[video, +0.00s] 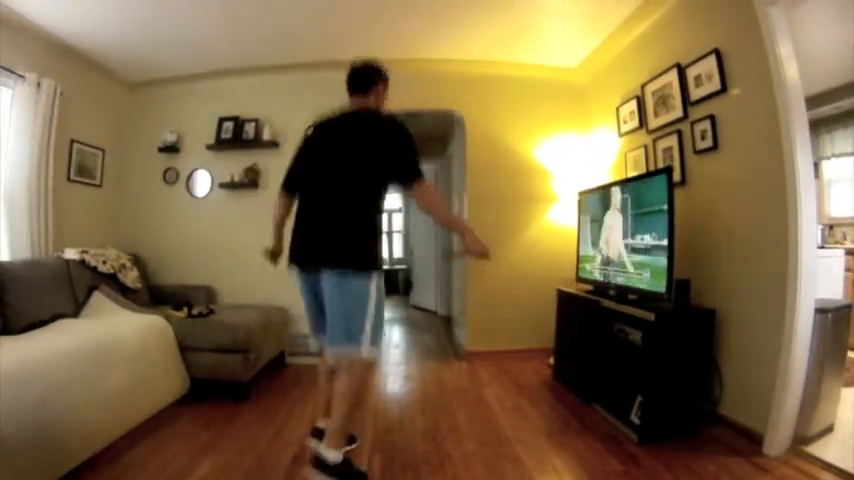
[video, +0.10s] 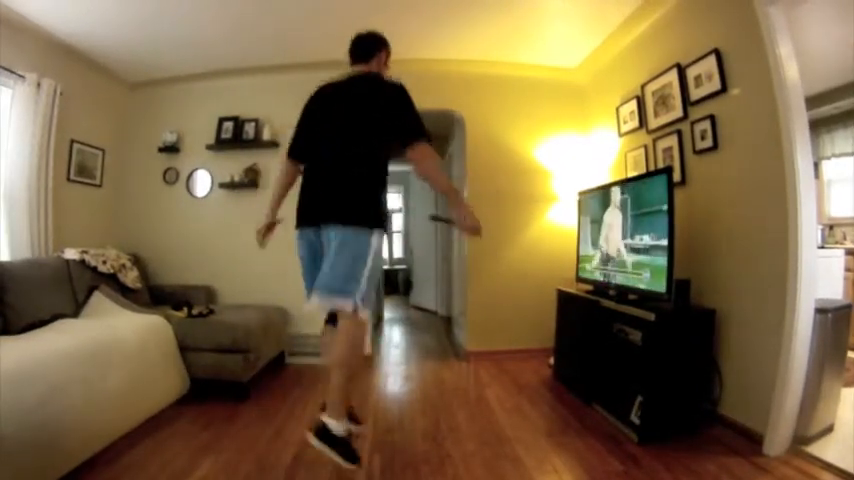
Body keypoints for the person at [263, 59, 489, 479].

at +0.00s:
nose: (387, 97)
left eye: (383, 90)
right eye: (387, 90)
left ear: (349, 91)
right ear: (381, 90)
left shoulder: (320, 130)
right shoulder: (389, 131)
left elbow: (287, 190)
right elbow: (419, 191)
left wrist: (276, 237)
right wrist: (463, 230)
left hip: (308, 250)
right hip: (352, 253)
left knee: (331, 351)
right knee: (355, 358)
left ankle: (327, 427)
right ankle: (332, 450)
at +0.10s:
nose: (389, 68)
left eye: (386, 62)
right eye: (388, 62)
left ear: (351, 59)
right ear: (382, 59)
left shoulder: (322, 95)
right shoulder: (390, 93)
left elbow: (292, 162)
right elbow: (419, 154)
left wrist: (271, 212)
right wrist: (458, 202)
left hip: (311, 212)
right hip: (356, 211)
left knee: (337, 315)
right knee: (347, 314)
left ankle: (346, 410)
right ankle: (332, 417)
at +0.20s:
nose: (392, 59)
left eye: (390, 54)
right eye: (392, 53)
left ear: (354, 50)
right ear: (386, 50)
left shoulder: (323, 84)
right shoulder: (392, 83)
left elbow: (290, 148)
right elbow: (415, 142)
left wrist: (264, 196)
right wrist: (464, 188)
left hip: (314, 205)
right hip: (361, 204)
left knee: (346, 301)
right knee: (358, 305)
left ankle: (351, 394)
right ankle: (334, 410)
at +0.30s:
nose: (395, 69)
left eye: (392, 63)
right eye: (395, 62)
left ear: (358, 58)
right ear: (389, 59)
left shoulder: (328, 93)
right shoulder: (393, 92)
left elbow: (287, 150)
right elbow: (417, 151)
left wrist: (263, 191)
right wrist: (471, 184)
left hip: (317, 215)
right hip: (362, 216)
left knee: (344, 313)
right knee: (364, 321)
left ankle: (345, 407)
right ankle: (359, 425)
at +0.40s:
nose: (396, 97)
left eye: (391, 91)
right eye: (396, 91)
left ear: (358, 90)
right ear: (391, 90)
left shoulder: (332, 128)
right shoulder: (397, 129)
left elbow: (287, 174)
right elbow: (426, 187)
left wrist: (268, 200)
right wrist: (473, 205)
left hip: (319, 249)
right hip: (365, 252)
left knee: (343, 345)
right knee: (377, 354)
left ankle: (342, 425)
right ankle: (360, 453)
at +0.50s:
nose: (398, 133)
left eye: (394, 126)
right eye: (397, 126)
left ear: (360, 127)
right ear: (391, 127)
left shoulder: (334, 164)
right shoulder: (395, 168)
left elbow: (288, 215)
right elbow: (436, 230)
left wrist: (281, 231)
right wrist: (483, 239)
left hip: (315, 283)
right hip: (363, 288)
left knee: (345, 360)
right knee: (389, 375)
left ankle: (342, 432)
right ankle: (359, 458)